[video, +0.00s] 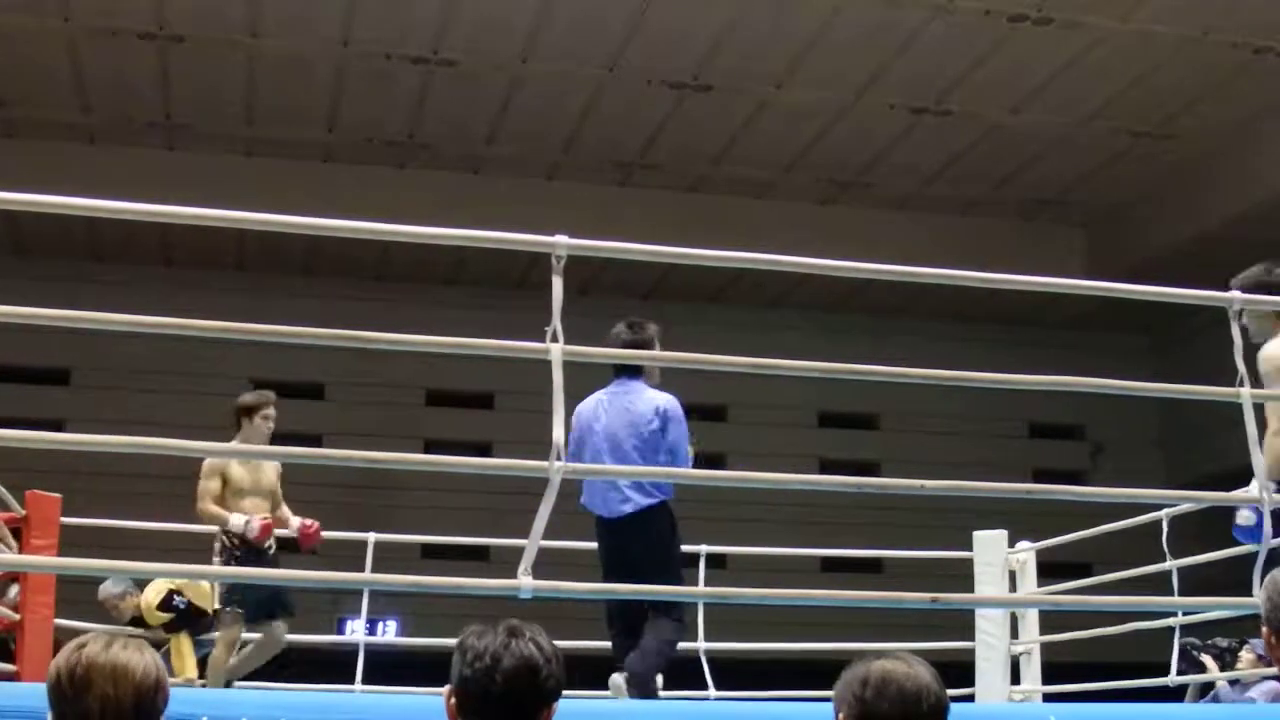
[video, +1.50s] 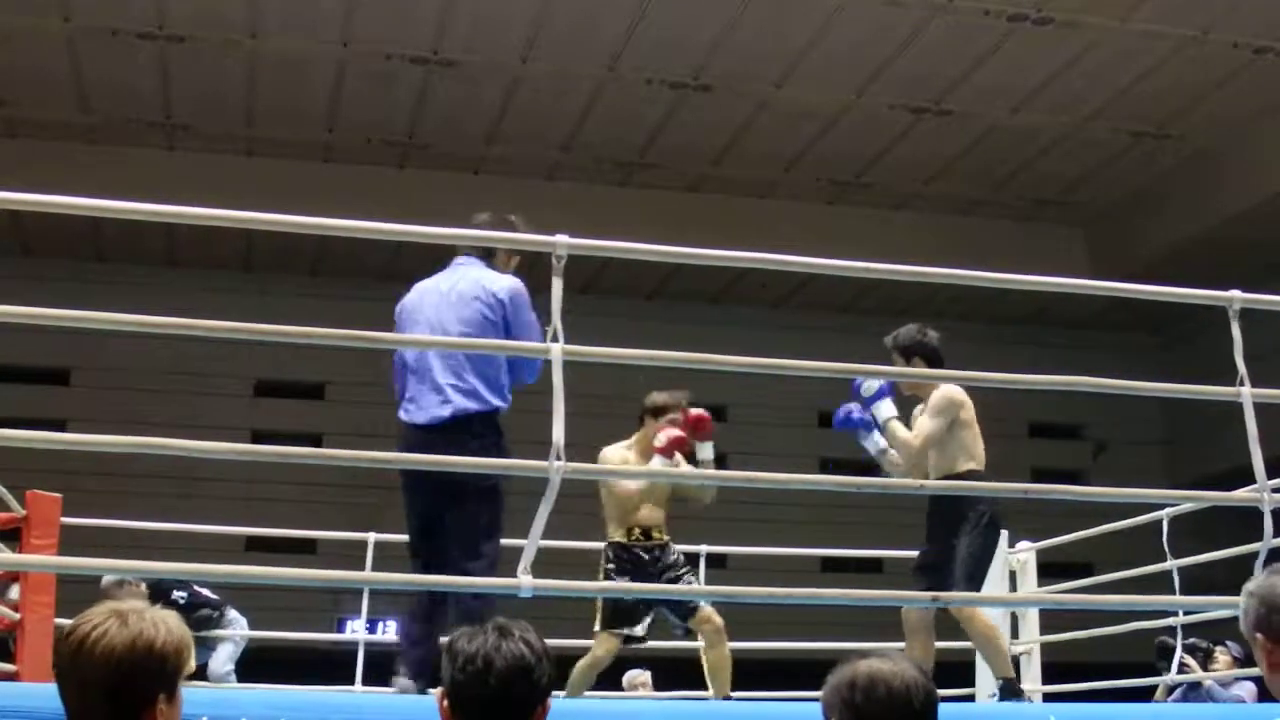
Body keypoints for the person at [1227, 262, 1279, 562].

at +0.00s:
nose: (1241, 321)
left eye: (1244, 312)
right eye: (1239, 313)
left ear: (1267, 308)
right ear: (1267, 308)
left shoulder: (1271, 354)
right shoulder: (1269, 353)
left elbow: (1274, 430)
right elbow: (1274, 429)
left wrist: (1263, 487)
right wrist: (1262, 486)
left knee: (1270, 591)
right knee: (1269, 590)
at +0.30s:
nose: (1171, 344)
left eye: (1173, 335)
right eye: (1171, 335)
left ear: (1189, 332)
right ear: (1210, 333)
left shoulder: (1189, 367)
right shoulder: (1238, 370)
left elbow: (1183, 432)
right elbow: (1268, 440)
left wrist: (1164, 486)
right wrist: (1253, 480)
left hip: (1206, 470)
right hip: (1241, 471)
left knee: (1232, 588)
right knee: (1200, 590)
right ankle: (1188, 692)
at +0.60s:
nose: (1090, 341)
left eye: (1095, 332)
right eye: (1091, 332)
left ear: (1115, 332)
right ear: (1123, 334)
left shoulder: (1124, 367)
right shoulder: (1146, 371)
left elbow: (1125, 424)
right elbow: (1140, 449)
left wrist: (1065, 442)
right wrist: (1084, 469)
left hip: (1133, 488)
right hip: (1156, 489)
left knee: (1092, 586)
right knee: (1161, 599)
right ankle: (1182, 695)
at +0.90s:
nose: (1004, 354)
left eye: (1009, 345)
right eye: (1004, 345)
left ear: (1030, 347)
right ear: (1036, 347)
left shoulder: (1045, 390)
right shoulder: (1062, 388)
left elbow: (1035, 455)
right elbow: (1048, 452)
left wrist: (991, 436)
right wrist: (1001, 433)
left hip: (1047, 509)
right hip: (1062, 507)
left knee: (1016, 603)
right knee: (1038, 609)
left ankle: (1027, 698)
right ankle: (1113, 667)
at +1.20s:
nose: (936, 367)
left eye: (938, 358)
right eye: (936, 358)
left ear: (958, 358)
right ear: (968, 357)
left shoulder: (976, 395)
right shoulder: (988, 395)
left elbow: (943, 455)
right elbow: (957, 455)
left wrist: (920, 415)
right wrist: (937, 417)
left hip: (992, 505)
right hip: (983, 503)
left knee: (965, 611)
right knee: (942, 608)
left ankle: (1020, 697)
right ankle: (917, 698)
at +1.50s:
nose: (892, 373)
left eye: (896, 364)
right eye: (892, 366)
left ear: (916, 362)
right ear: (917, 363)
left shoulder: (949, 396)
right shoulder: (920, 412)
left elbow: (914, 451)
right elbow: (910, 469)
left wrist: (883, 408)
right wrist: (871, 440)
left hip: (974, 507)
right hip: (943, 510)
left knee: (960, 600)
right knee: (916, 608)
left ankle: (1013, 694)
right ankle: (920, 700)